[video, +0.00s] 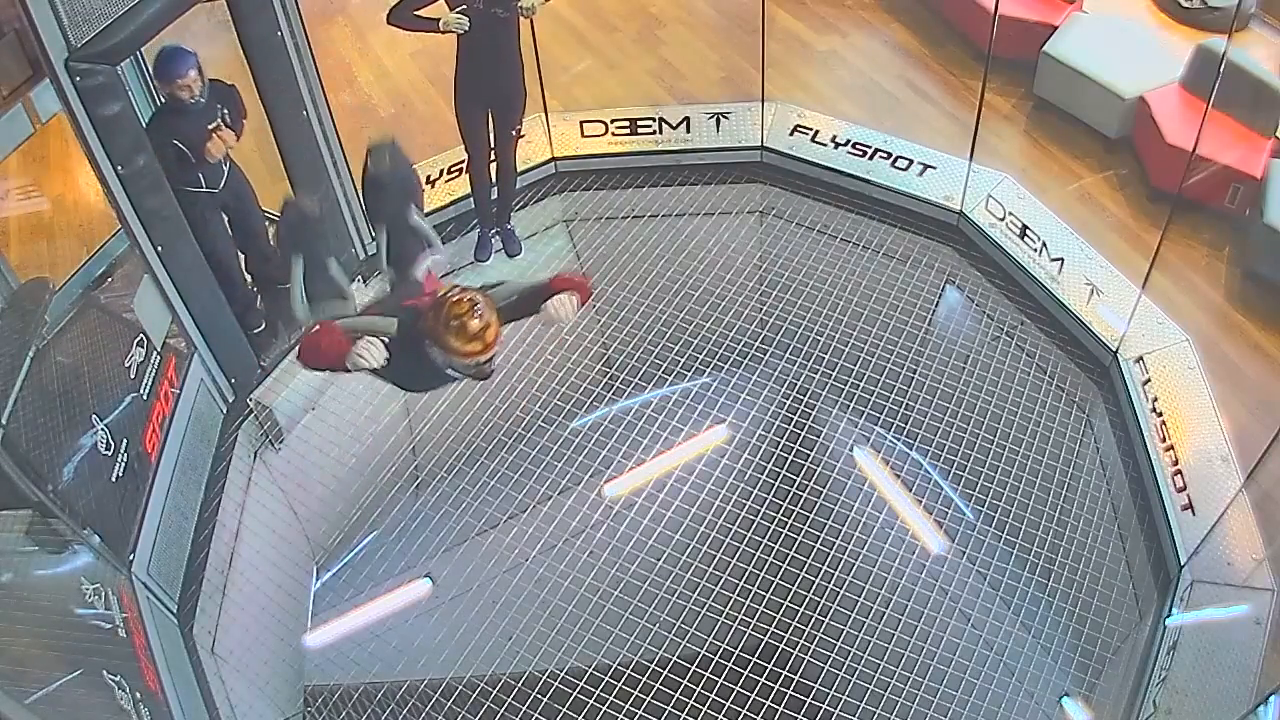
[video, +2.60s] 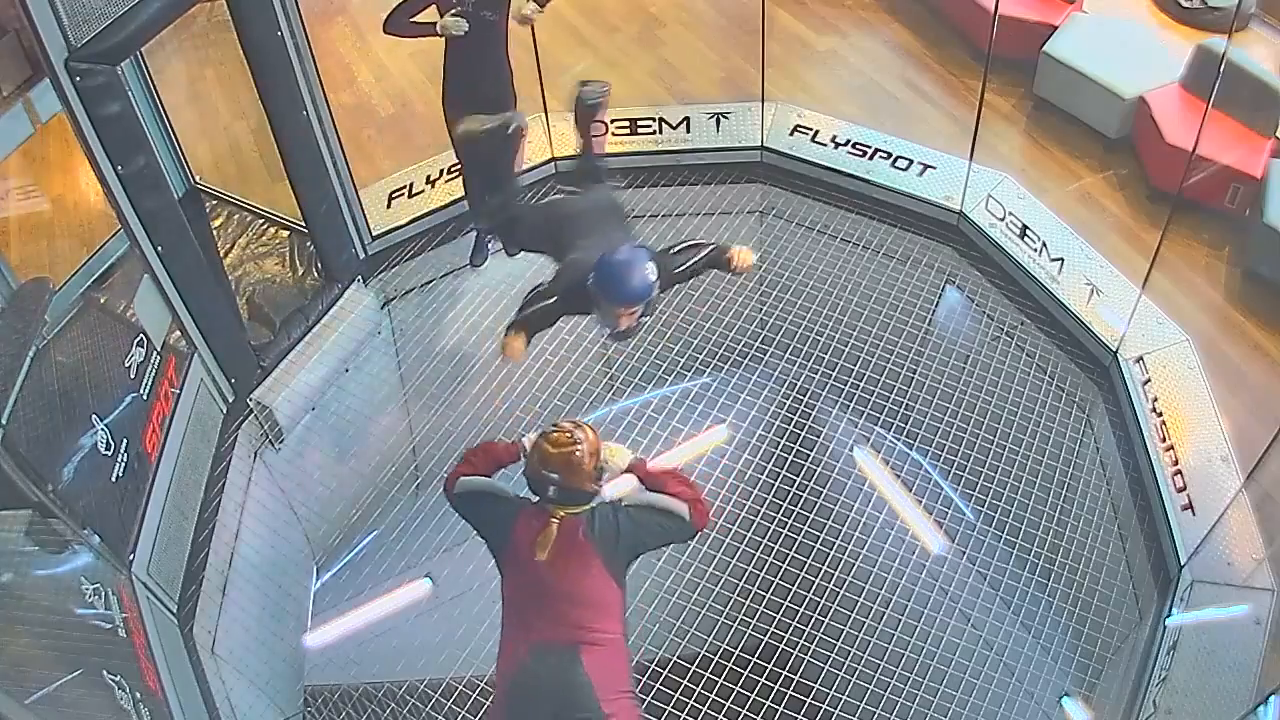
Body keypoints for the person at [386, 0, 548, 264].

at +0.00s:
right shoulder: (448, 0)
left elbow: (524, 8)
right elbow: (396, 15)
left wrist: (530, 7)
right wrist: (438, 24)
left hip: (510, 80)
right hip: (470, 83)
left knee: (507, 156)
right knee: (478, 158)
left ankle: (505, 224)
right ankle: (485, 229)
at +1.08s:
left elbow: (517, 6)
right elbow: (387, 15)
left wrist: (518, 4)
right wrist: (428, 21)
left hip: (504, 78)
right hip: (465, 82)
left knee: (504, 154)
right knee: (477, 158)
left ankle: (504, 225)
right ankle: (485, 229)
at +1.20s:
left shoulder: (508, 2)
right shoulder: (441, 1)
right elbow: (387, 19)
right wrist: (429, 24)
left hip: (503, 82)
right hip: (464, 86)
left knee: (503, 155)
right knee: (475, 159)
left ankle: (504, 225)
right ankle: (484, 229)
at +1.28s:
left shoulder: (507, 1)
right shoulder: (439, 2)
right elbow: (387, 20)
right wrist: (428, 25)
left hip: (502, 81)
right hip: (463, 85)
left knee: (503, 155)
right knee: (475, 160)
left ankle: (504, 225)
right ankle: (484, 229)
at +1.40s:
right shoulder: (439, 1)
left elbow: (520, 4)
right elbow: (384, 18)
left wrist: (524, 1)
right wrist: (426, 26)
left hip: (502, 81)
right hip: (462, 85)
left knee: (503, 156)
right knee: (474, 161)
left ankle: (504, 225)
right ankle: (484, 230)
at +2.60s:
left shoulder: (506, 1)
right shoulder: (440, 1)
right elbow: (392, 23)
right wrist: (436, 28)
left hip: (498, 82)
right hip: (459, 85)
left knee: (503, 160)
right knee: (471, 164)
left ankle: (508, 225)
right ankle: (482, 230)